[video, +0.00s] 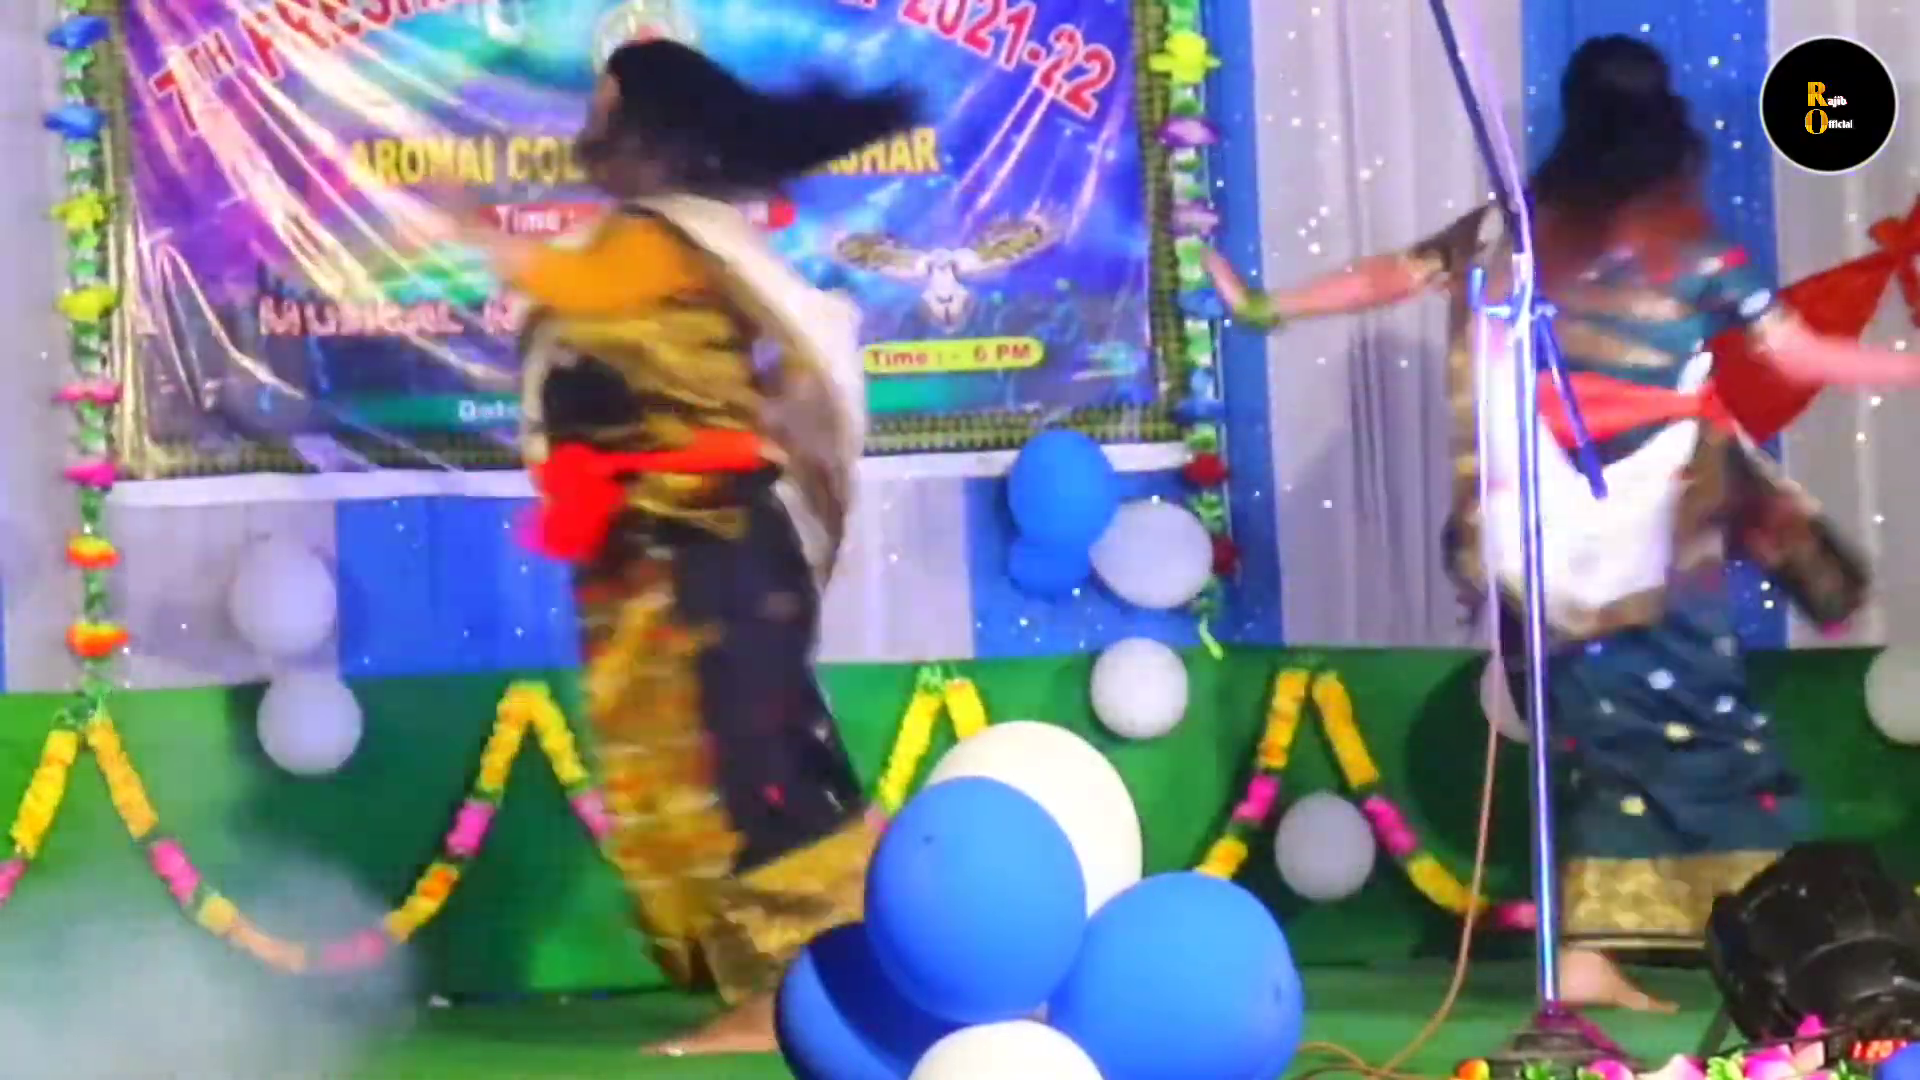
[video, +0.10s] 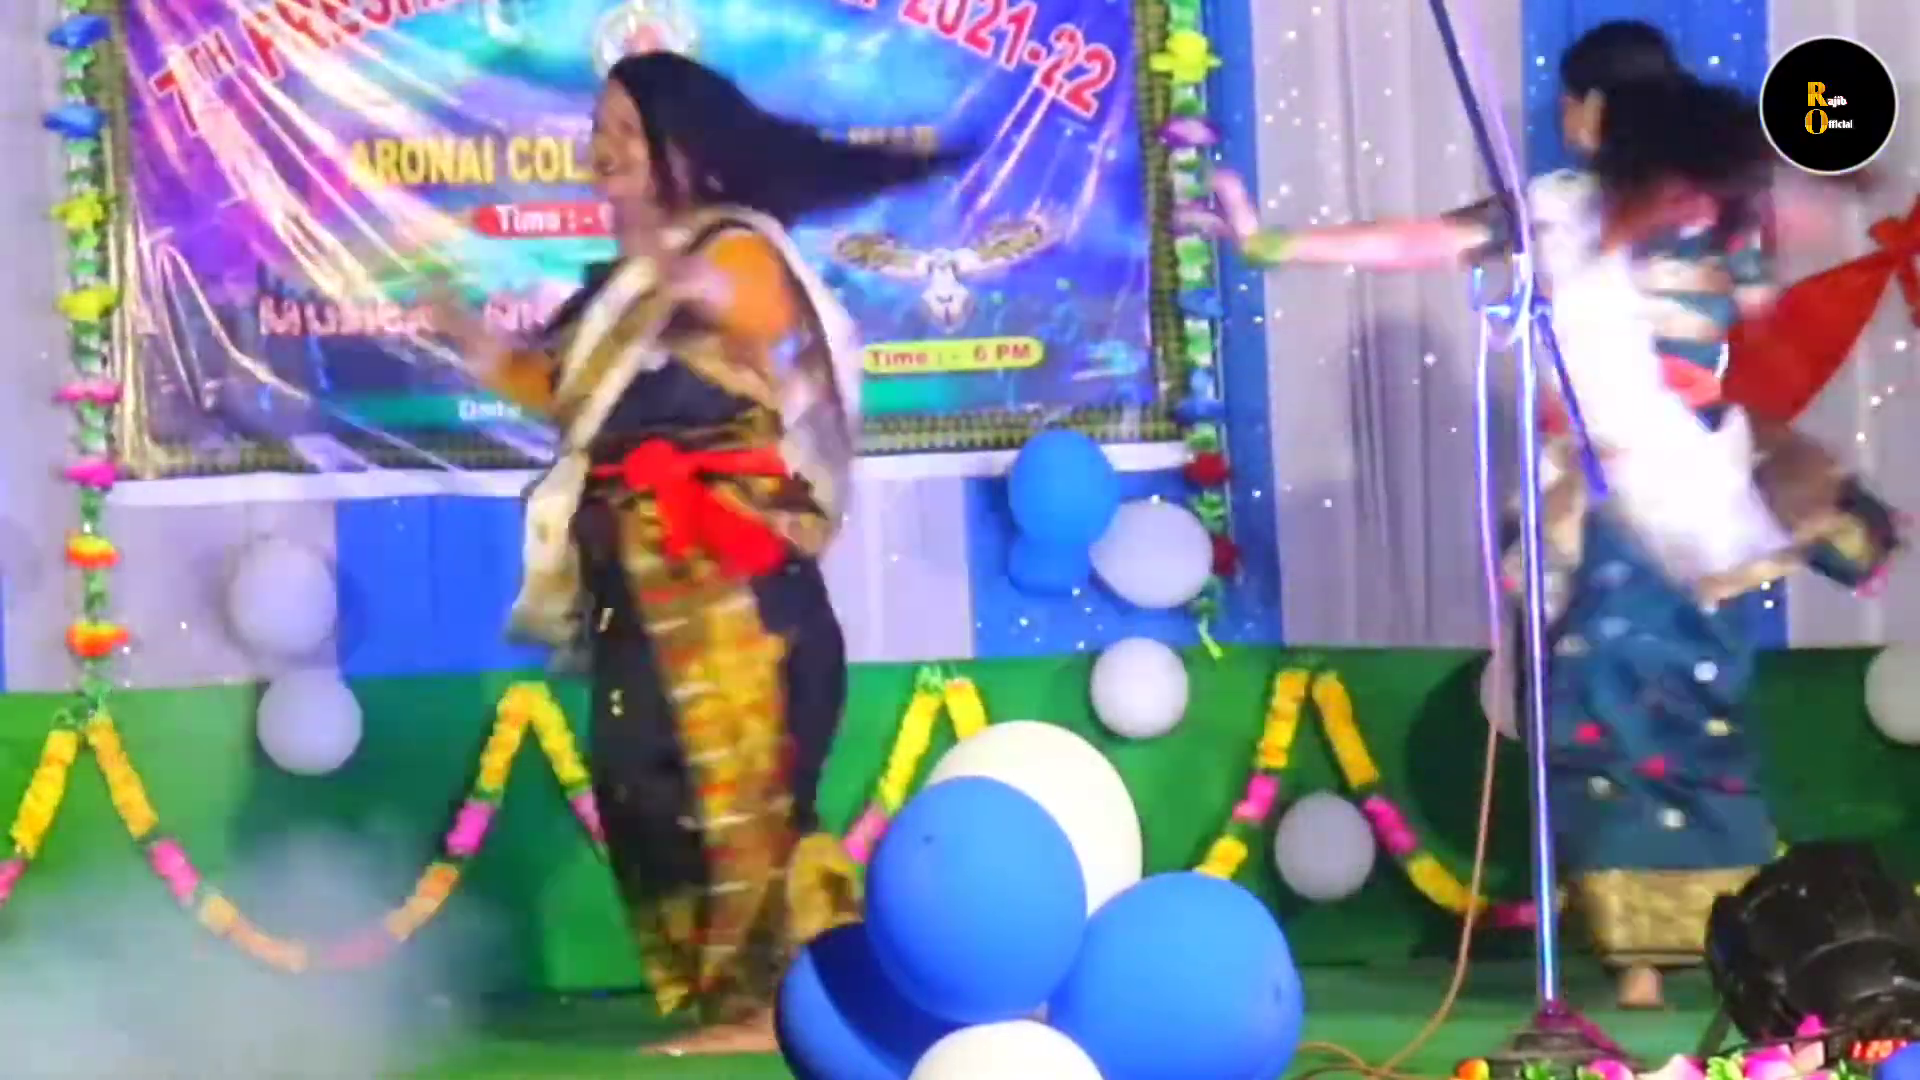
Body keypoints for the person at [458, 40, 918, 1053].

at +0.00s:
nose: (585, 135)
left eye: (603, 117)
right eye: (592, 114)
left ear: (649, 136)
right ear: (679, 139)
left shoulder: (662, 243)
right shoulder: (655, 240)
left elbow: (569, 286)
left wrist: (473, 227)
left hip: (699, 539)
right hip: (666, 538)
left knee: (694, 769)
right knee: (682, 765)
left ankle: (764, 1002)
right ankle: (754, 997)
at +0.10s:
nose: (597, 166)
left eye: (617, 146)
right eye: (597, 144)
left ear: (681, 152)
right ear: (619, 150)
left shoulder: (739, 255)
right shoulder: (636, 279)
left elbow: (741, 329)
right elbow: (569, 393)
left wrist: (662, 267)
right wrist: (471, 339)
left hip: (730, 590)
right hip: (648, 592)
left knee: (728, 790)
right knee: (648, 790)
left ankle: (759, 1010)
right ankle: (726, 1005)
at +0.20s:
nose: (610, 152)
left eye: (632, 134)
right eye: (602, 134)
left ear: (693, 141)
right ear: (598, 146)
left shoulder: (763, 247)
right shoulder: (596, 278)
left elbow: (815, 293)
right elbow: (513, 382)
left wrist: (735, 241)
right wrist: (386, 330)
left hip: (733, 546)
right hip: (622, 554)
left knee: (754, 761)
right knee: (646, 771)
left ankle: (759, 1003)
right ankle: (703, 1002)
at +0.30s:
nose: (610, 126)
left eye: (632, 104)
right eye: (595, 106)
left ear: (689, 105)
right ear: (580, 118)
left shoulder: (744, 225)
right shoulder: (569, 232)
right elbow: (465, 287)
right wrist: (389, 327)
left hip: (705, 514)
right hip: (602, 515)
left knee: (716, 742)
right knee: (629, 742)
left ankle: (740, 980)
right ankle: (656, 963)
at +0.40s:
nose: (597, 116)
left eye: (618, 94)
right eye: (582, 97)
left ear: (676, 93)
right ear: (568, 111)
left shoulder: (740, 200)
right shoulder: (544, 218)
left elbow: (834, 261)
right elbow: (417, 301)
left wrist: (751, 182)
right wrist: (414, 370)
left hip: (707, 493)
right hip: (591, 498)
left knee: (721, 730)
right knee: (614, 729)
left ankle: (734, 969)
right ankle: (683, 964)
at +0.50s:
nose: (591, 170)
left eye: (612, 148)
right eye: (574, 152)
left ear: (665, 150)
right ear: (554, 167)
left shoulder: (732, 260)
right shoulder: (530, 281)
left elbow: (812, 363)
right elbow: (452, 410)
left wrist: (738, 457)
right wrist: (482, 527)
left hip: (696, 550)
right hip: (569, 553)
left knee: (732, 761)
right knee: (585, 761)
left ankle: (729, 984)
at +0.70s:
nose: (576, 159)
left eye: (595, 143)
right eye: (556, 141)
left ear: (624, 161)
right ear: (516, 157)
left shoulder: (674, 272)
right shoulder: (470, 288)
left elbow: (745, 397)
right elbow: (401, 423)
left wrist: (675, 487)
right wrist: (432, 534)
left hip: (636, 562)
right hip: (508, 568)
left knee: (663, 774)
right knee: (495, 778)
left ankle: (712, 989)